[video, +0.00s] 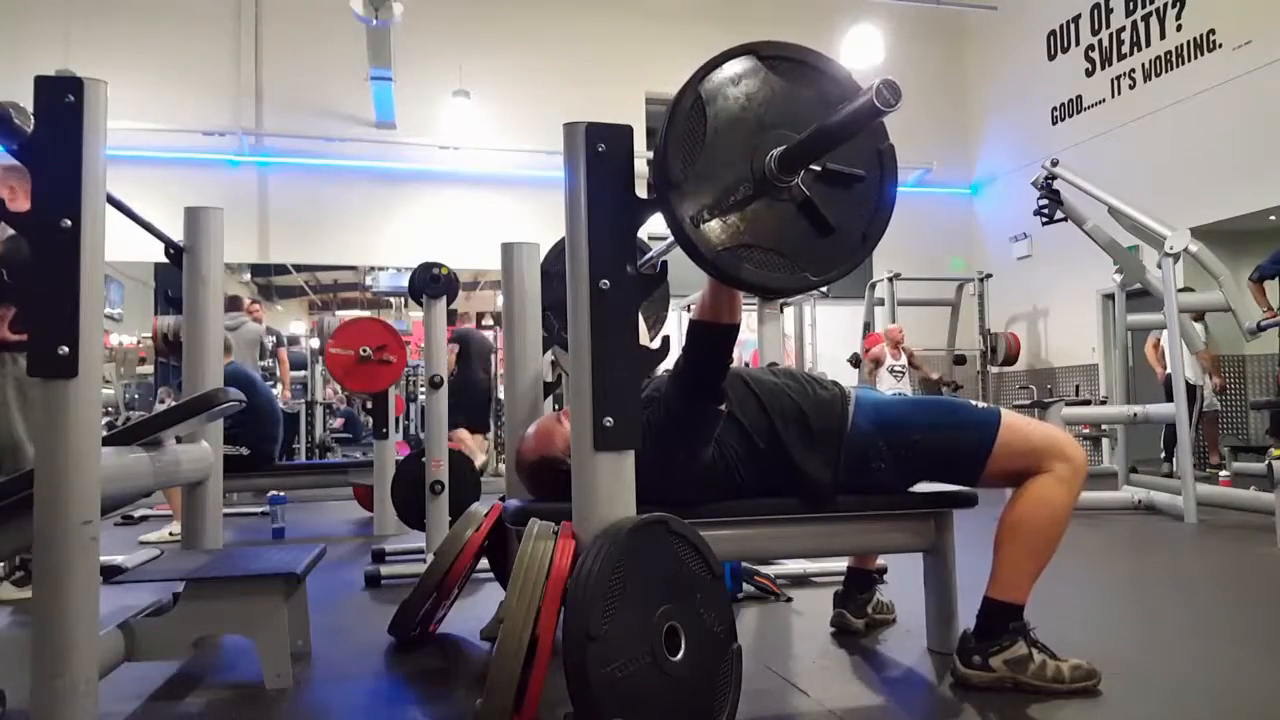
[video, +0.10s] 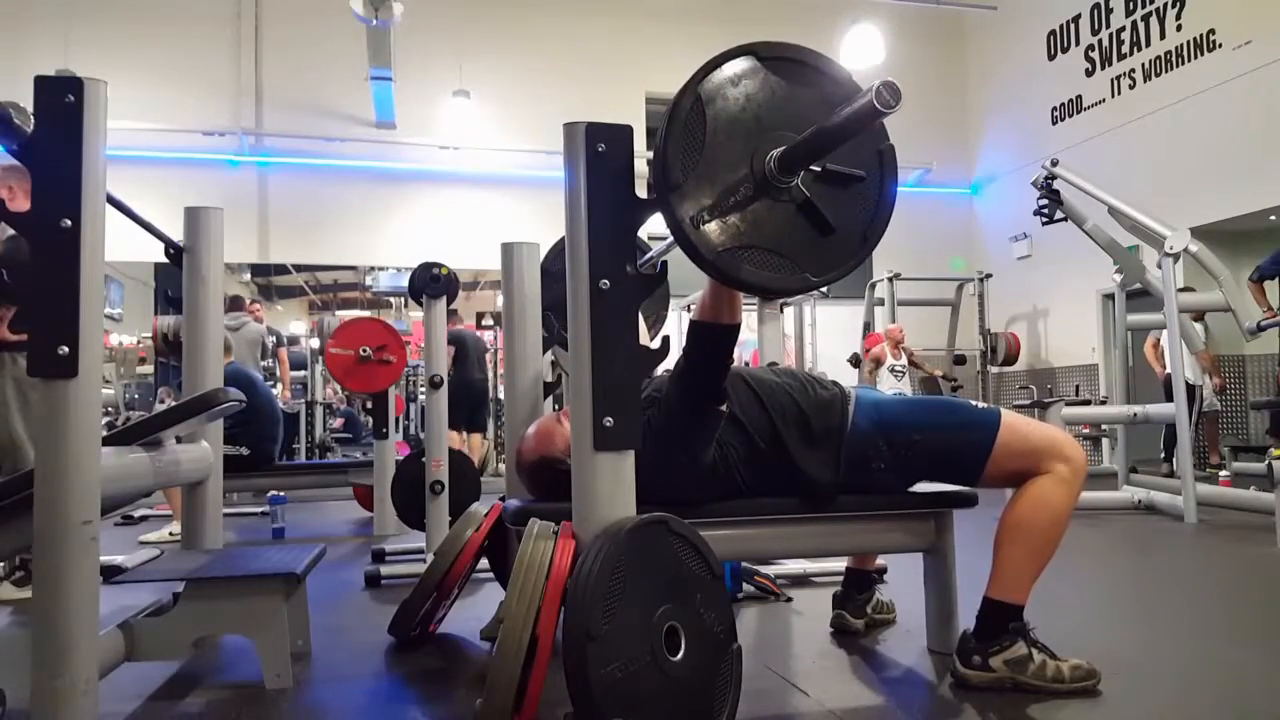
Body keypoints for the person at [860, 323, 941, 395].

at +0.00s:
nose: (903, 334)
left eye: (902, 332)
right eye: (900, 332)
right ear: (891, 336)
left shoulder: (906, 351)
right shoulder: (877, 352)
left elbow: (915, 365)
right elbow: (869, 372)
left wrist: (931, 374)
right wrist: (872, 391)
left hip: (906, 393)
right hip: (886, 393)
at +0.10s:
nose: (903, 334)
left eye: (903, 331)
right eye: (900, 332)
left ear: (892, 336)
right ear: (890, 336)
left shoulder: (905, 351)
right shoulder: (877, 352)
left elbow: (921, 365)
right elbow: (868, 373)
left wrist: (942, 375)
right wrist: (870, 394)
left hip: (906, 396)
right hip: (886, 397)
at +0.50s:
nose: (903, 335)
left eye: (903, 332)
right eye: (900, 333)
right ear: (890, 336)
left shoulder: (903, 351)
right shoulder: (878, 353)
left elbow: (924, 359)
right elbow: (868, 374)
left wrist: (946, 361)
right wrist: (872, 395)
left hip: (908, 397)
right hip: (889, 397)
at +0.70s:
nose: (901, 335)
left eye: (900, 333)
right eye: (898, 333)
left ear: (891, 337)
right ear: (888, 337)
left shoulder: (900, 351)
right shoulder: (877, 354)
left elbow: (919, 357)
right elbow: (867, 374)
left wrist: (936, 360)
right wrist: (871, 394)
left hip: (905, 398)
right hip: (888, 399)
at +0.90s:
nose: (900, 334)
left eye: (899, 331)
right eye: (897, 332)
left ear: (888, 335)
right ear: (887, 334)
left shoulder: (896, 349)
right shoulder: (875, 351)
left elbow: (910, 355)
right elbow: (866, 373)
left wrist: (925, 359)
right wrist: (865, 394)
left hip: (900, 397)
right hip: (884, 398)